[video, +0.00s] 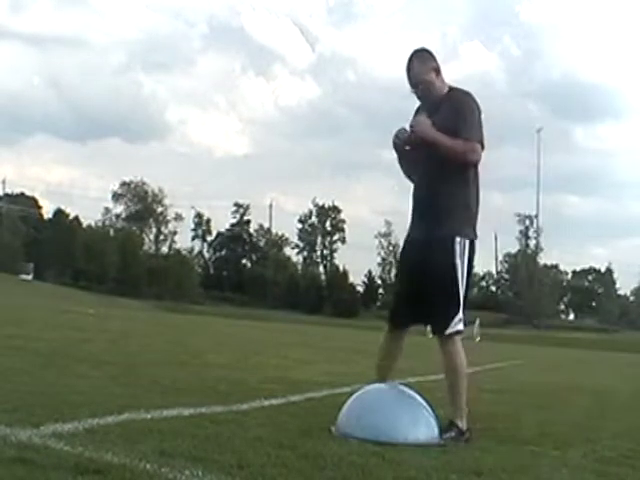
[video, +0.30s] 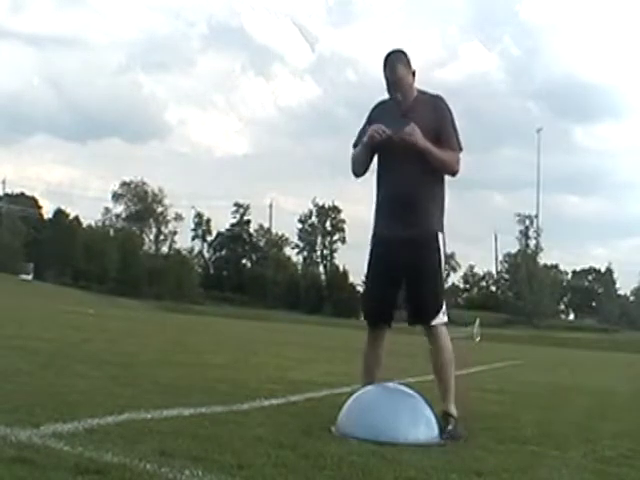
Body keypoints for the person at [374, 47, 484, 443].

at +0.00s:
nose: (418, 90)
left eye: (421, 81)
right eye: (413, 85)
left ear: (436, 73)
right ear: (412, 84)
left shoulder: (462, 101)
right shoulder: (421, 115)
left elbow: (473, 153)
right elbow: (418, 174)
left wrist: (429, 134)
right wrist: (403, 150)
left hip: (454, 230)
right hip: (421, 229)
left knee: (448, 330)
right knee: (397, 324)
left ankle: (460, 423)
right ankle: (375, 403)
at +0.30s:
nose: (395, 91)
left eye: (400, 83)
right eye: (390, 85)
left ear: (413, 76)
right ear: (384, 83)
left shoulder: (436, 106)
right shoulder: (379, 112)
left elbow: (454, 164)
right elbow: (358, 168)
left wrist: (422, 144)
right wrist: (368, 144)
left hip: (424, 232)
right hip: (386, 232)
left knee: (434, 325)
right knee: (376, 326)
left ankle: (449, 412)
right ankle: (366, 407)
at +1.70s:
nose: (431, 134)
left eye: (436, 128)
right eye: (424, 127)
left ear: (444, 120)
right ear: (413, 118)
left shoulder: (448, 141)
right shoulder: (389, 136)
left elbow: (461, 203)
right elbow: (348, 167)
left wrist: (452, 186)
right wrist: (371, 181)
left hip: (427, 255)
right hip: (389, 256)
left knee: (454, 328)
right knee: (376, 349)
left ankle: (448, 419)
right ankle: (342, 401)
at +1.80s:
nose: (441, 174)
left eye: (447, 169)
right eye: (437, 168)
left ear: (453, 162)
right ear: (425, 155)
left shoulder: (449, 179)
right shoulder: (398, 173)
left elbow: (459, 228)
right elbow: (354, 206)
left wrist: (450, 214)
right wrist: (384, 243)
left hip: (427, 275)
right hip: (389, 277)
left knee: (460, 334)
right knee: (382, 370)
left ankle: (450, 420)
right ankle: (342, 394)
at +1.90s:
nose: (445, 222)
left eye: (451, 217)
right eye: (440, 215)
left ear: (460, 207)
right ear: (429, 202)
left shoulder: (454, 204)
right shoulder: (405, 217)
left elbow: (453, 234)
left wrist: (454, 256)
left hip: (429, 291)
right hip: (395, 292)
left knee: (463, 333)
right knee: (398, 380)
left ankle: (450, 419)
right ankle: (343, 393)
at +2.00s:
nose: (450, 257)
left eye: (456, 252)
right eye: (445, 252)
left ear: (462, 234)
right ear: (434, 231)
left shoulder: (456, 223)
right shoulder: (406, 239)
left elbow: (462, 260)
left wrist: (452, 290)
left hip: (422, 292)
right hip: (386, 292)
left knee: (462, 329)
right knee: (393, 384)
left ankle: (451, 419)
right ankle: (343, 394)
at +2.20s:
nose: (437, 267)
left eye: (444, 263)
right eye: (434, 259)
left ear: (457, 252)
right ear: (428, 237)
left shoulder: (457, 265)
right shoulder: (401, 223)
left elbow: (447, 332)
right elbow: (352, 246)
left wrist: (418, 385)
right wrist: (374, 296)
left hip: (423, 306)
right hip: (386, 298)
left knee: (464, 331)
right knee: (381, 380)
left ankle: (451, 419)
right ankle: (340, 394)